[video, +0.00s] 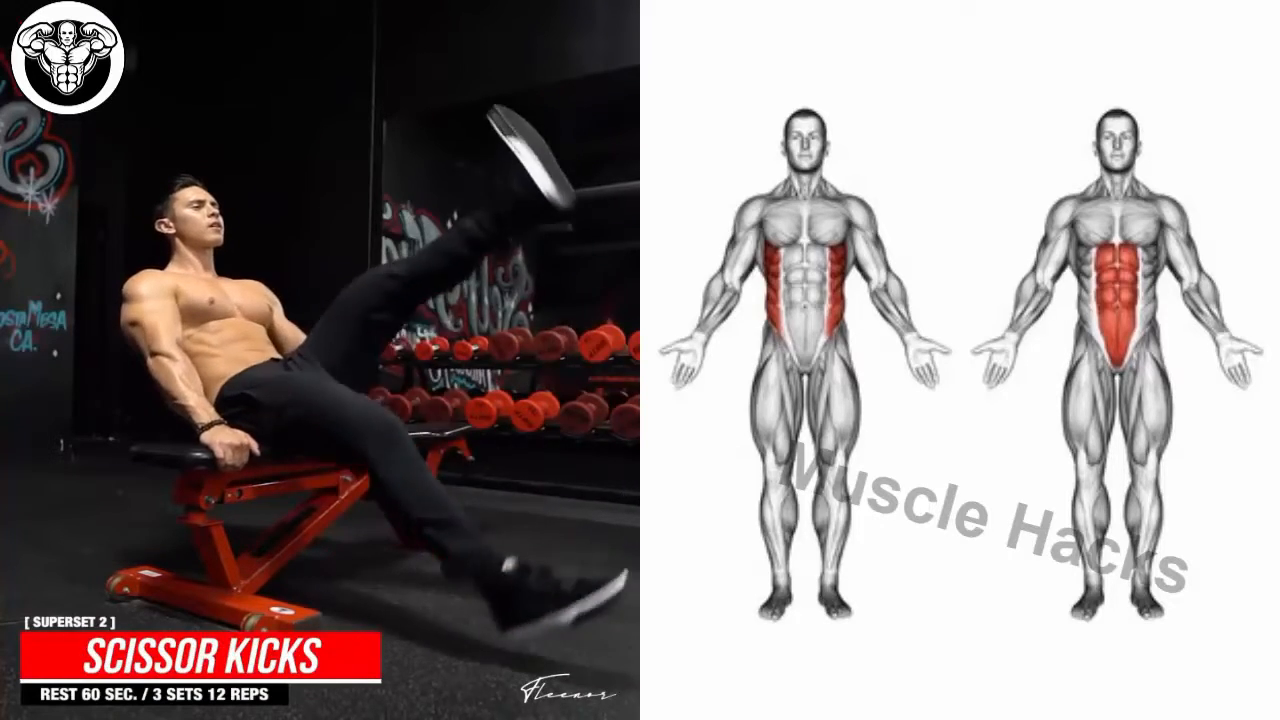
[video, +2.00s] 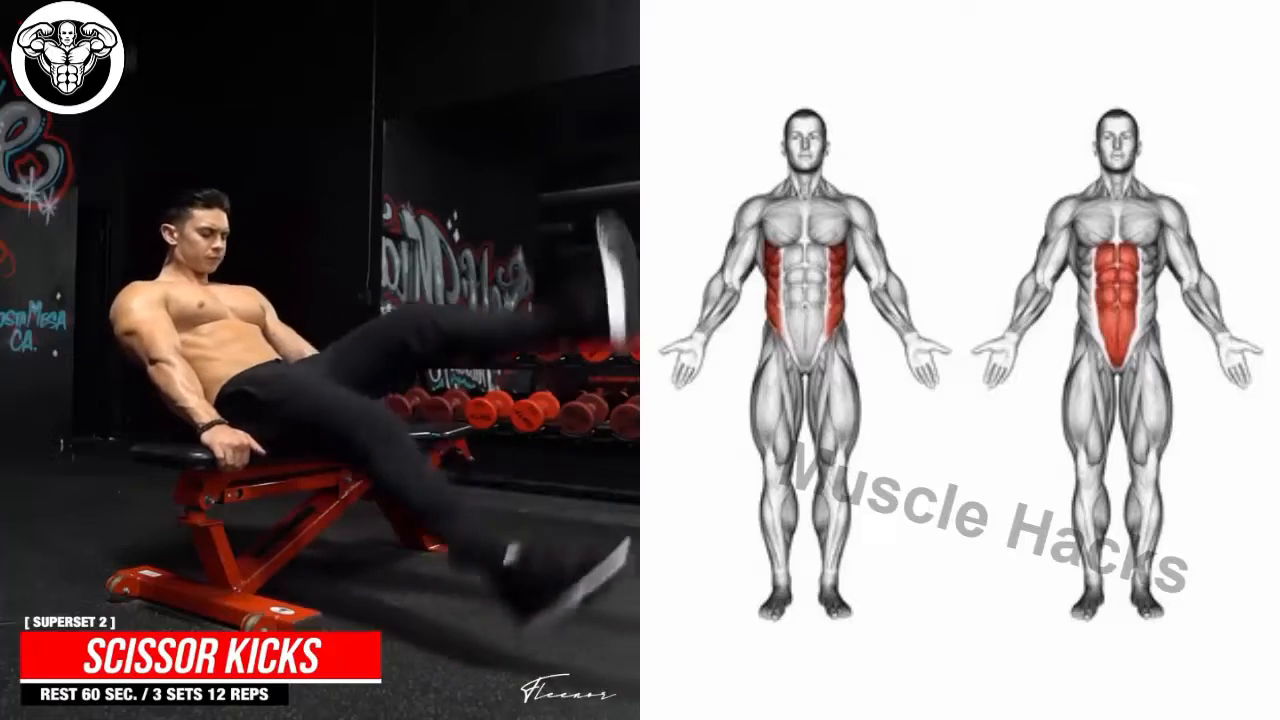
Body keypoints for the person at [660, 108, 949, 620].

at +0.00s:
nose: (804, 145)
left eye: (812, 138)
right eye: (797, 138)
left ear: (825, 145)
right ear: (785, 145)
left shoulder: (852, 211)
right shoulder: (758, 211)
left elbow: (881, 281)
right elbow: (729, 281)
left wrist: (910, 336)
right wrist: (700, 336)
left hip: (832, 355)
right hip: (777, 355)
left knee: (834, 467)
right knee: (777, 469)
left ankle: (830, 584)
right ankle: (780, 584)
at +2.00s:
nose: (804, 145)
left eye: (812, 138)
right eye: (797, 138)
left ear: (825, 145)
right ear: (785, 146)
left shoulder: (851, 211)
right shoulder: (758, 211)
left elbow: (881, 281)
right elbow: (729, 281)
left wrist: (909, 336)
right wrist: (700, 336)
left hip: (832, 356)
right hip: (777, 355)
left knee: (834, 468)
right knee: (777, 469)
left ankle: (829, 584)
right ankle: (780, 585)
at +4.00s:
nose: (804, 145)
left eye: (812, 138)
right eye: (797, 138)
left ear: (825, 145)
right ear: (785, 146)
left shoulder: (851, 211)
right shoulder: (758, 211)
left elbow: (881, 281)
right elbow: (729, 281)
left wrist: (909, 336)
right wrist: (700, 336)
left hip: (832, 355)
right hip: (778, 355)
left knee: (834, 468)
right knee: (777, 469)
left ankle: (829, 584)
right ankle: (780, 585)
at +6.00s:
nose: (805, 145)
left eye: (812, 138)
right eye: (797, 138)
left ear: (825, 145)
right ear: (785, 146)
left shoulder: (851, 211)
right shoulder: (758, 211)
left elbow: (881, 281)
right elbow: (729, 281)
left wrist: (910, 336)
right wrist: (700, 336)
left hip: (832, 356)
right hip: (777, 355)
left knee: (834, 467)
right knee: (777, 469)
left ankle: (829, 584)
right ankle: (780, 585)